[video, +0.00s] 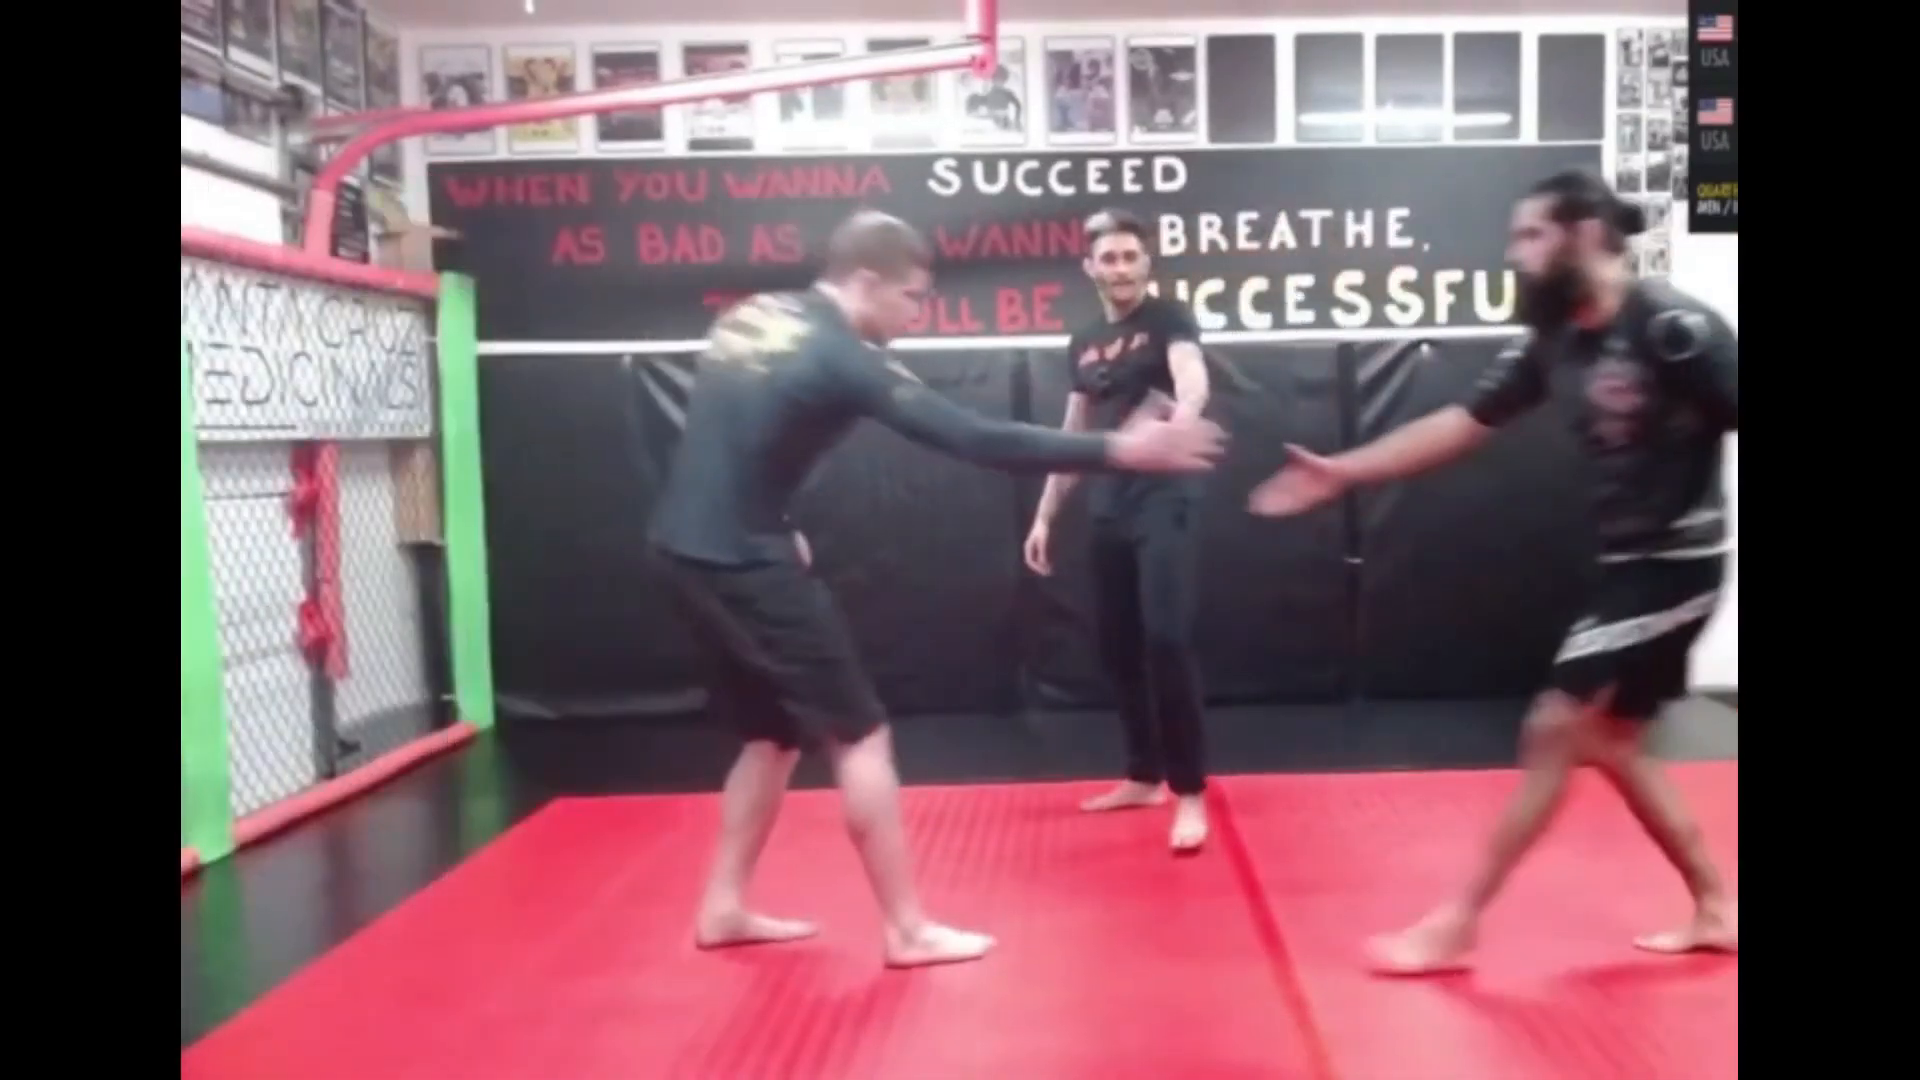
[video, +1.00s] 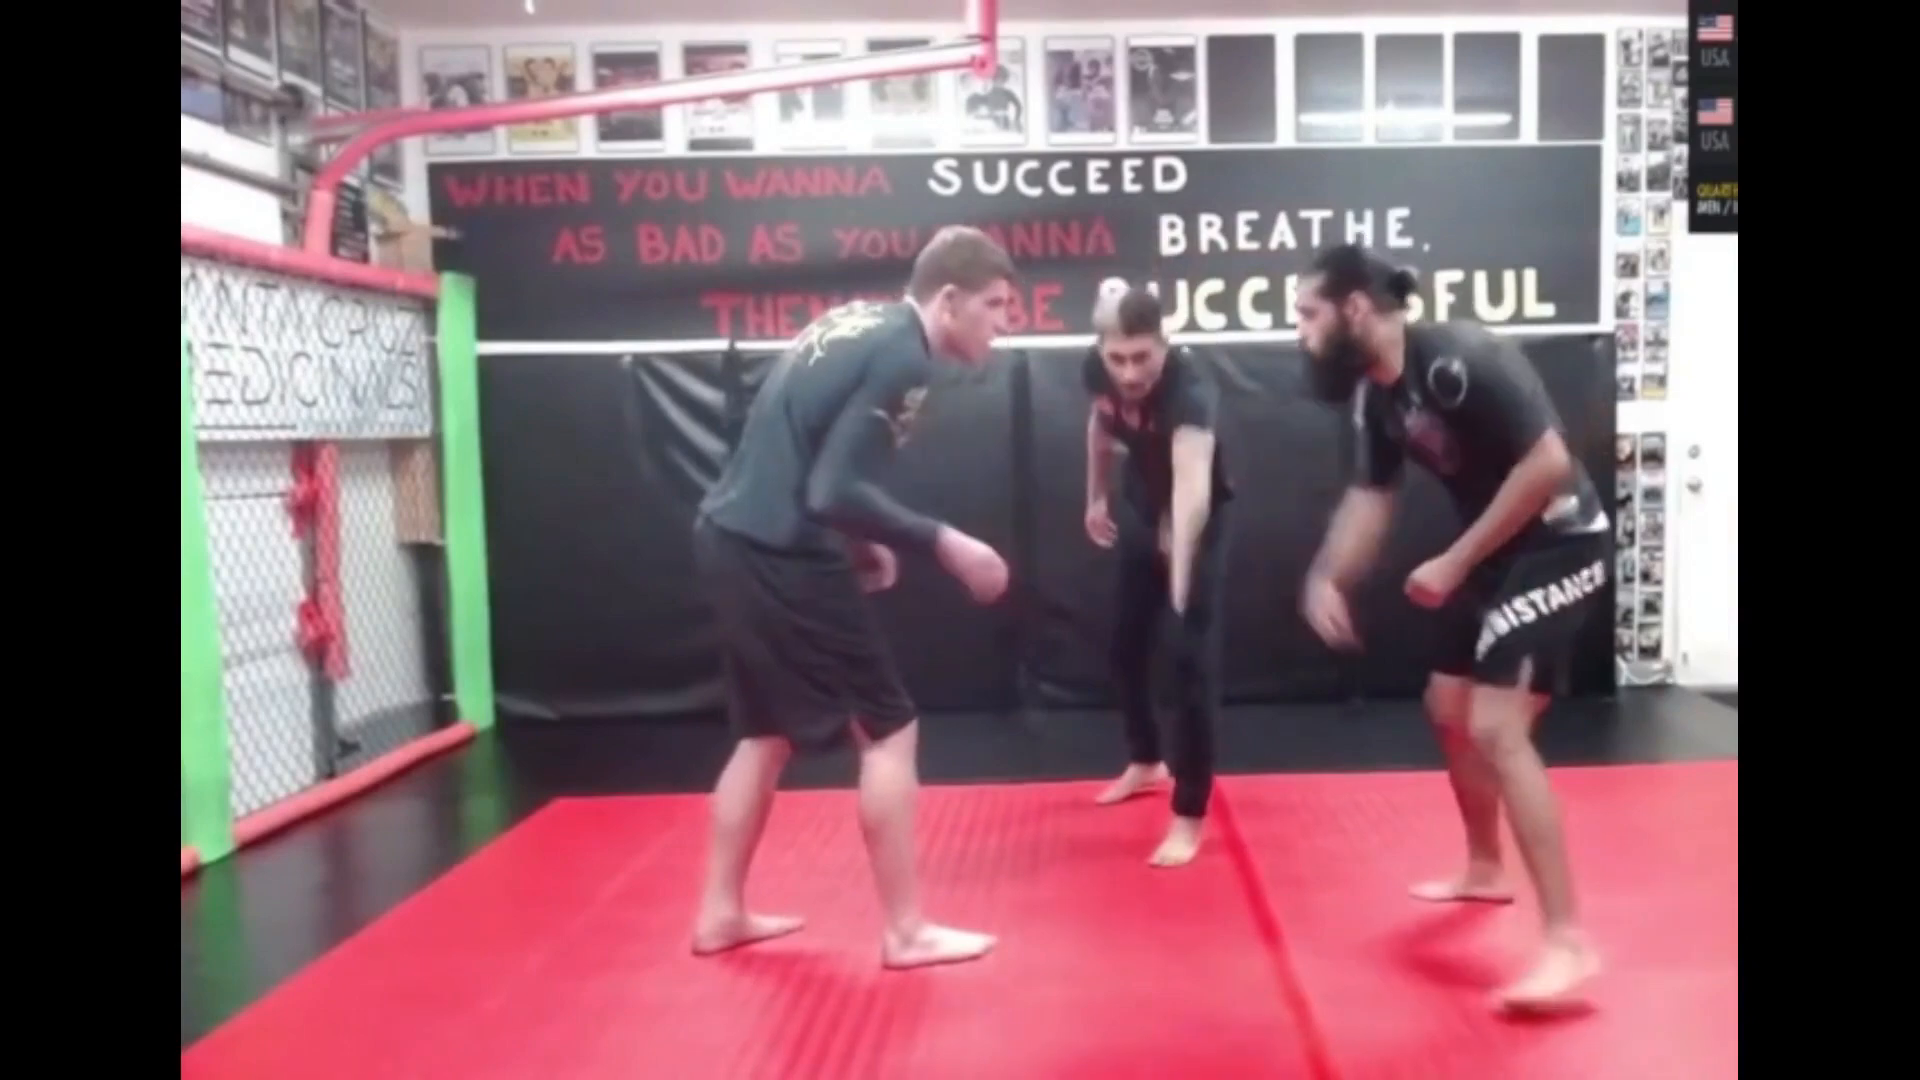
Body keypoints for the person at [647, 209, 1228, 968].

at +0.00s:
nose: (920, 313)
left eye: (922, 297)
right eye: (913, 296)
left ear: (847, 280)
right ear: (861, 280)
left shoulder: (759, 316)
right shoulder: (837, 352)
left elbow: (723, 439)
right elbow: (974, 438)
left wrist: (779, 528)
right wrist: (1122, 450)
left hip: (684, 544)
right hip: (741, 552)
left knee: (772, 727)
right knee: (858, 729)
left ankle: (722, 906)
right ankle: (908, 927)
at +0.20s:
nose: (994, 350)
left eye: (998, 334)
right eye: (991, 331)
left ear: (933, 312)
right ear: (946, 314)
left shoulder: (839, 327)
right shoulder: (921, 376)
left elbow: (756, 409)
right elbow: (962, 517)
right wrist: (1082, 504)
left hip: (707, 531)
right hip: (774, 547)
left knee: (765, 731)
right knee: (880, 726)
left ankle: (720, 909)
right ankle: (907, 928)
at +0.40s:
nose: (1002, 344)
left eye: (1008, 328)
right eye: (997, 325)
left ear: (943, 305)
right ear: (950, 307)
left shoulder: (867, 323)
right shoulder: (905, 360)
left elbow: (788, 420)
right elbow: (903, 511)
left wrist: (831, 518)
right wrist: (990, 456)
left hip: (720, 528)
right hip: (776, 542)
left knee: (763, 729)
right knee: (876, 727)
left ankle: (719, 910)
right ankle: (904, 928)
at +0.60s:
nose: (1008, 348)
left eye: (1013, 332)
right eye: (1003, 329)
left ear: (947, 313)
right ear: (956, 313)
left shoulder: (871, 328)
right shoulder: (922, 372)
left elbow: (789, 422)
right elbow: (993, 500)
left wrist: (840, 519)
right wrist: (1088, 433)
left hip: (719, 526)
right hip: (774, 545)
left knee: (757, 731)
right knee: (871, 728)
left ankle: (719, 910)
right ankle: (904, 930)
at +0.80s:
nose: (1007, 339)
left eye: (1011, 323)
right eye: (1003, 320)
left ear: (943, 305)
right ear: (955, 305)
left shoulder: (868, 323)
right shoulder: (916, 365)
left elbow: (795, 427)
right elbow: (946, 510)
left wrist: (839, 522)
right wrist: (1056, 469)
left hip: (722, 525)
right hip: (780, 544)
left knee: (760, 730)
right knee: (871, 729)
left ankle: (719, 912)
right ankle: (905, 929)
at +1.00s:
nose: (1003, 325)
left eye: (1006, 309)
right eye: (996, 307)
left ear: (938, 298)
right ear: (948, 298)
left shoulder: (858, 324)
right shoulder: (901, 353)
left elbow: (792, 459)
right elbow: (834, 491)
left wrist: (850, 537)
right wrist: (946, 540)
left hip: (726, 530)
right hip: (782, 544)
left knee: (765, 730)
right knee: (888, 727)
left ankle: (719, 913)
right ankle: (906, 929)